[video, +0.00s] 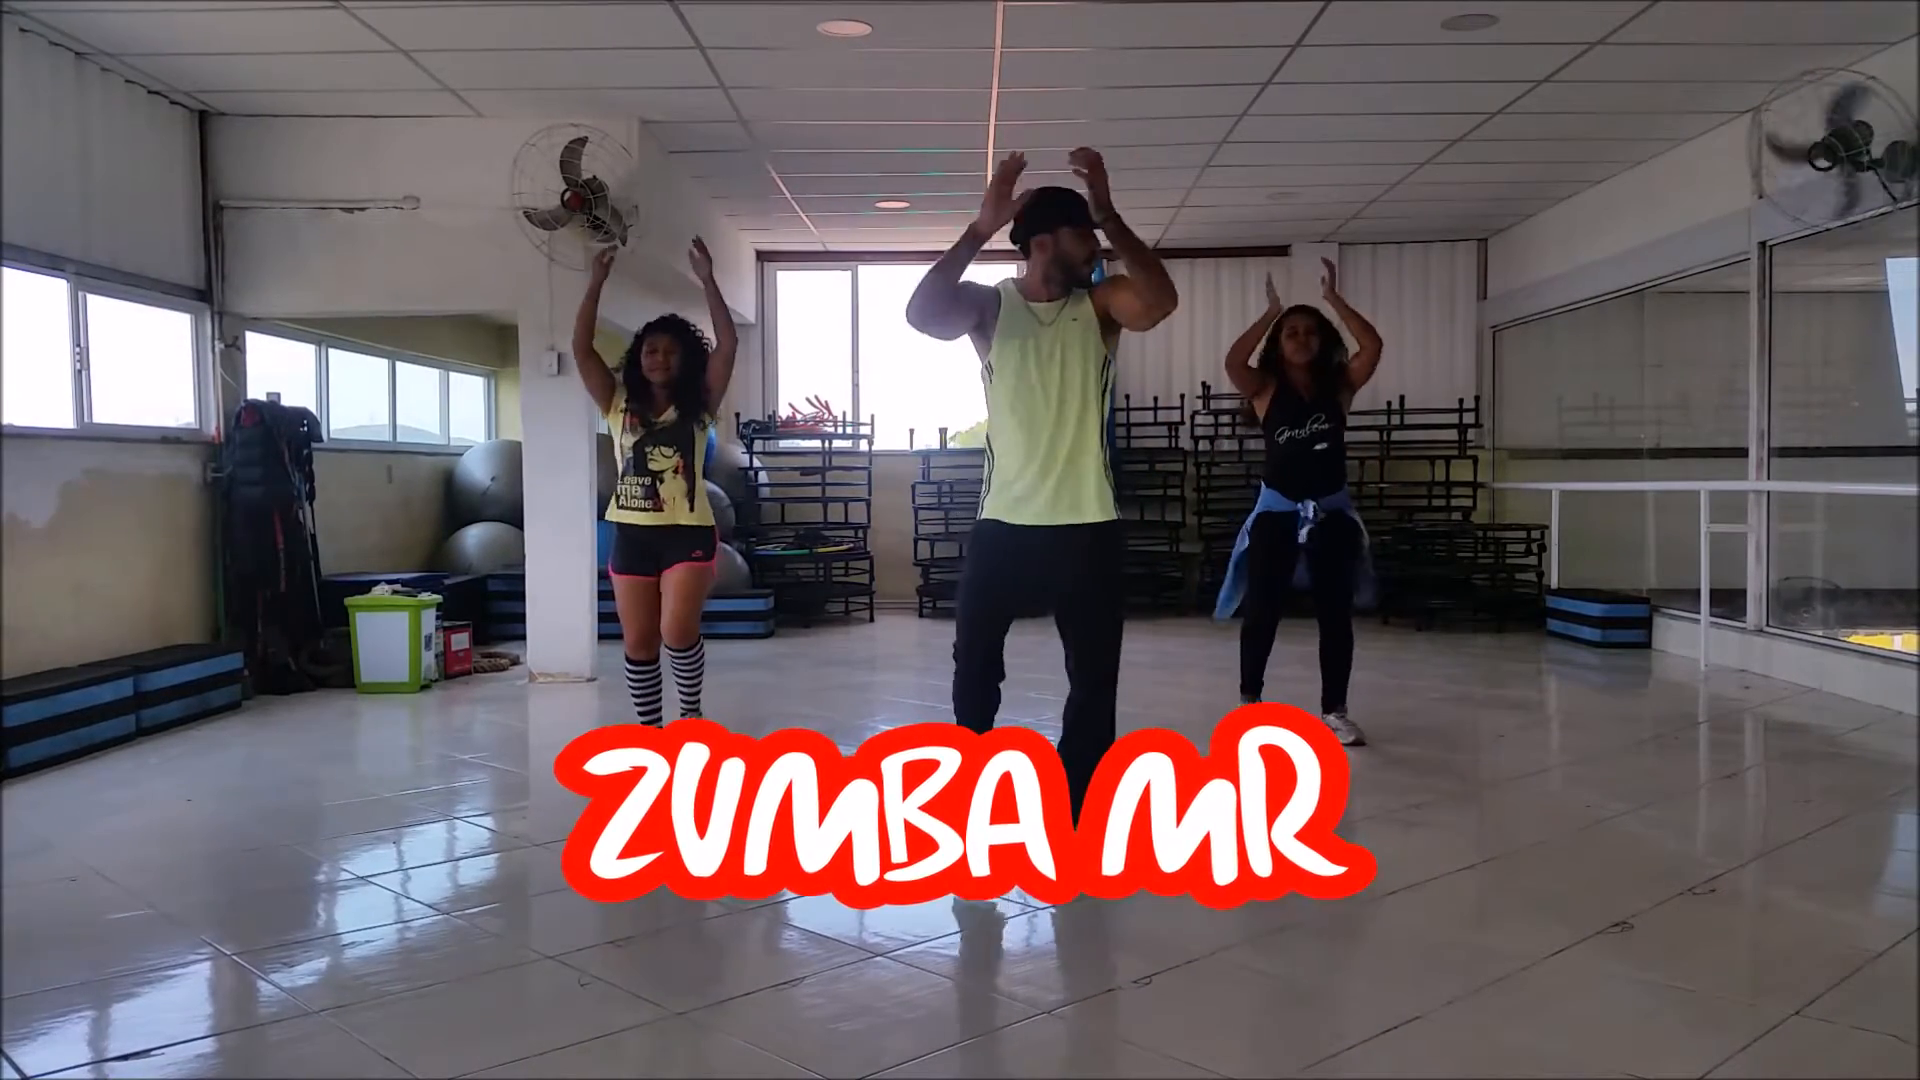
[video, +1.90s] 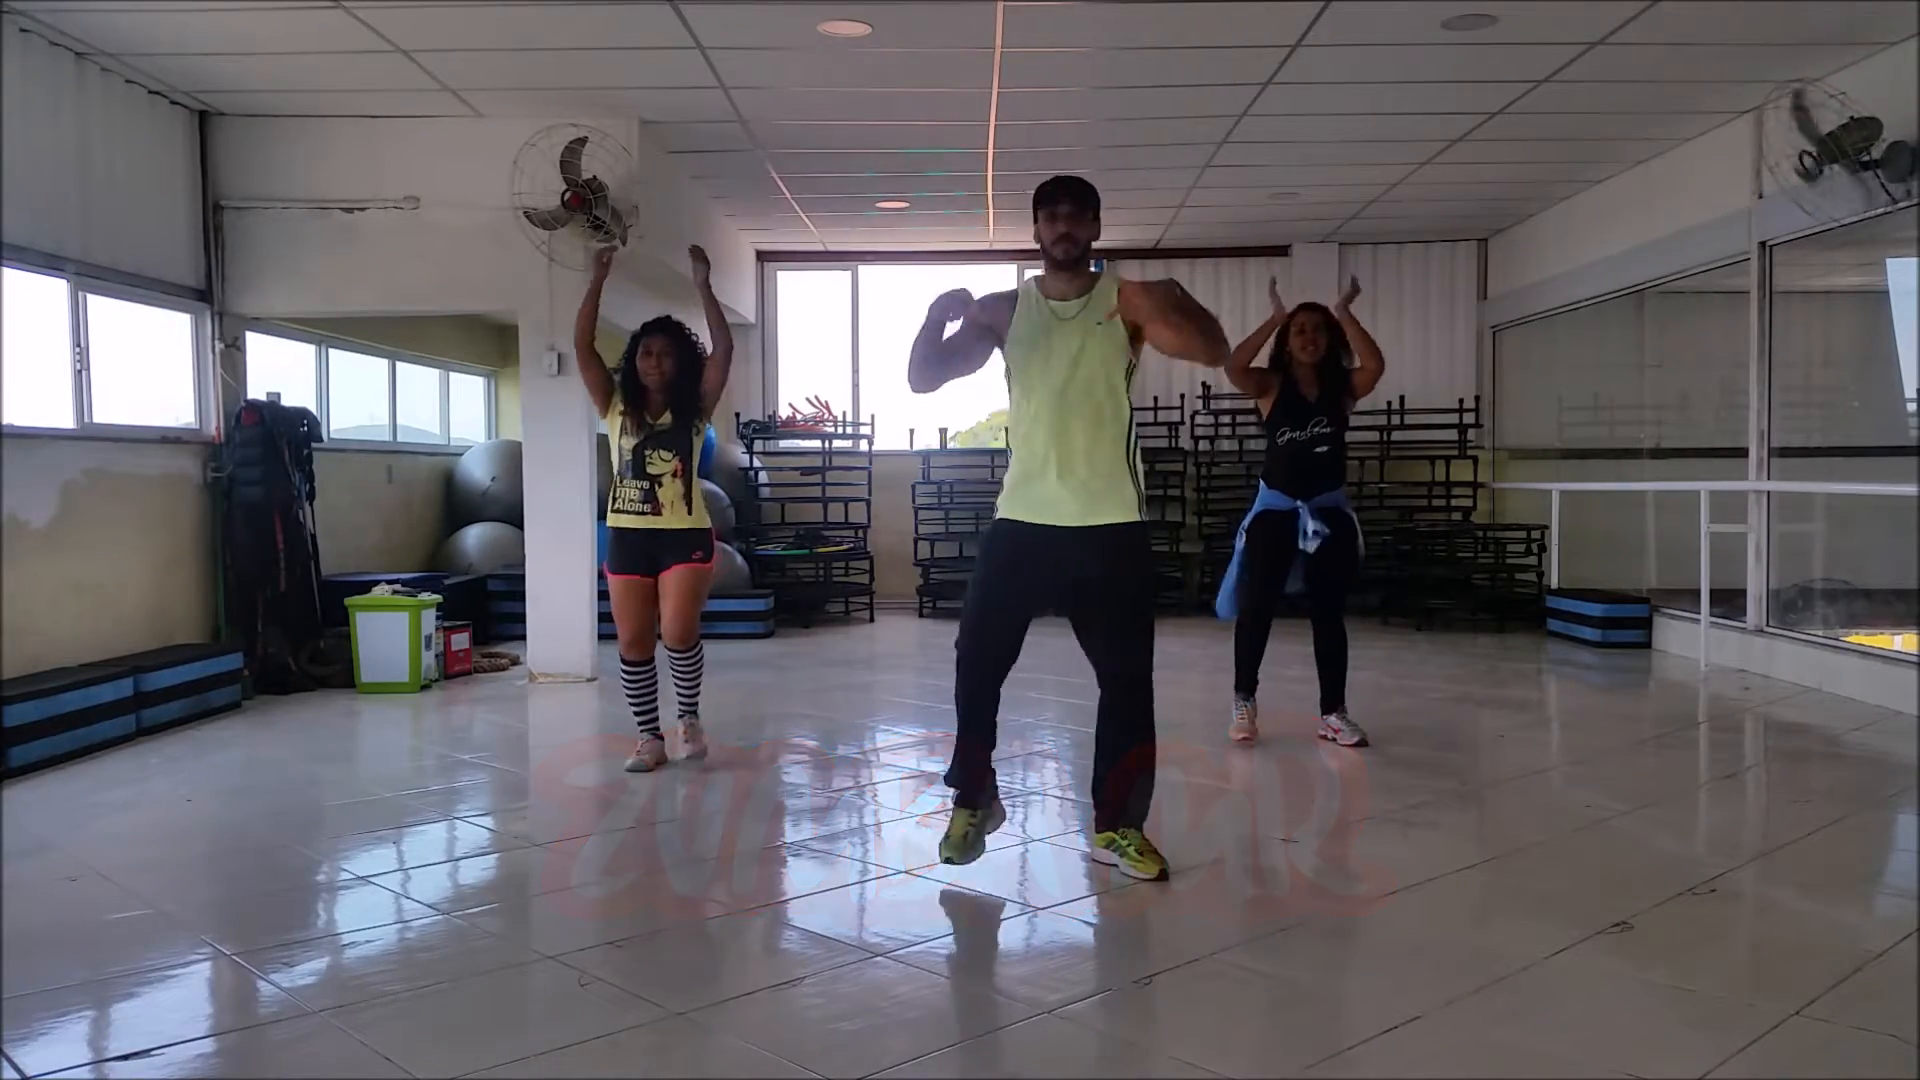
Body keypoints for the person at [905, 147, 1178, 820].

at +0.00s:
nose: (1093, 243)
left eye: (1093, 233)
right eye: (1083, 232)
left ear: (1071, 243)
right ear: (1042, 239)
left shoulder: (1100, 300)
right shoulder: (990, 305)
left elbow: (1160, 300)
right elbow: (923, 311)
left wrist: (1109, 217)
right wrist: (982, 225)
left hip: (1088, 523)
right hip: (1005, 522)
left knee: (1095, 684)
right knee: (975, 666)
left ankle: (1082, 819)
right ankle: (969, 798)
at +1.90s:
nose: (1066, 228)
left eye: (1079, 216)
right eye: (1053, 217)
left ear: (1098, 226)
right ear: (1035, 229)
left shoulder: (1129, 300)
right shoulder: (1004, 309)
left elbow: (1211, 350)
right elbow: (922, 378)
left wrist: (1179, 300)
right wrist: (937, 315)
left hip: (1109, 525)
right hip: (1021, 523)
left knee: (1127, 680)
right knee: (977, 663)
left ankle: (1118, 825)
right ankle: (973, 801)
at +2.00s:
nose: (1060, 233)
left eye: (1073, 221)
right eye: (1047, 221)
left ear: (1094, 227)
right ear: (1030, 229)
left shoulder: (1133, 306)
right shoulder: (1000, 312)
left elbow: (1231, 366)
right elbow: (923, 378)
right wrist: (913, 410)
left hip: (1108, 529)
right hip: (1018, 527)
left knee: (1124, 686)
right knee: (975, 669)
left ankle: (1119, 823)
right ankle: (951, 808)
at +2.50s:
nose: (1013, 242)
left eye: (1026, 230)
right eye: (1001, 229)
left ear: (1047, 239)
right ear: (985, 237)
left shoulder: (1085, 322)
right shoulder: (946, 329)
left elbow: (1136, 406)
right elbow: (907, 419)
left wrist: (1119, 465)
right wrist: (897, 498)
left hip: (1070, 540)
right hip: (976, 542)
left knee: (1125, 685)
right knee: (937, 695)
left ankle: (1133, 817)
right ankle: (915, 829)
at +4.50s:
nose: (1043, 310)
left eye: (1056, 300)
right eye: (1031, 298)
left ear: (1072, 309)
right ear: (1012, 305)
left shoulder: (1093, 390)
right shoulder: (964, 393)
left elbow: (1137, 481)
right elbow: (920, 479)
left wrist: (1172, 544)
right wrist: (945, 549)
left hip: (1105, 578)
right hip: (1014, 587)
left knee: (1174, 710)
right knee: (960, 721)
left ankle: (1182, 833)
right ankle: (894, 838)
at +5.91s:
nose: (1031, 289)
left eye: (1043, 278)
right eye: (1018, 278)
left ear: (1060, 290)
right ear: (1000, 292)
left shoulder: (1104, 370)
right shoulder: (972, 393)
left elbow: (1138, 466)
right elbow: (939, 492)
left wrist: (1143, 534)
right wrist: (903, 565)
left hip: (1084, 583)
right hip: (987, 582)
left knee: (1158, 712)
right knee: (933, 716)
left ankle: (1180, 832)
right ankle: (886, 834)